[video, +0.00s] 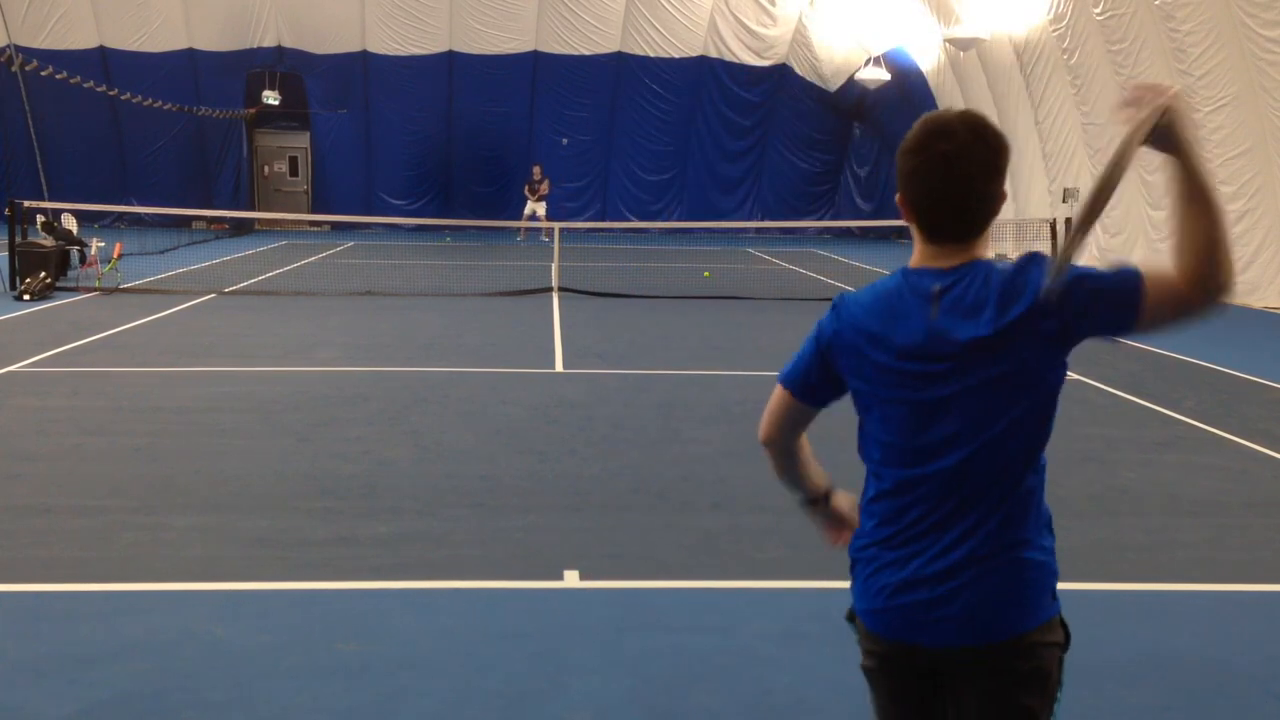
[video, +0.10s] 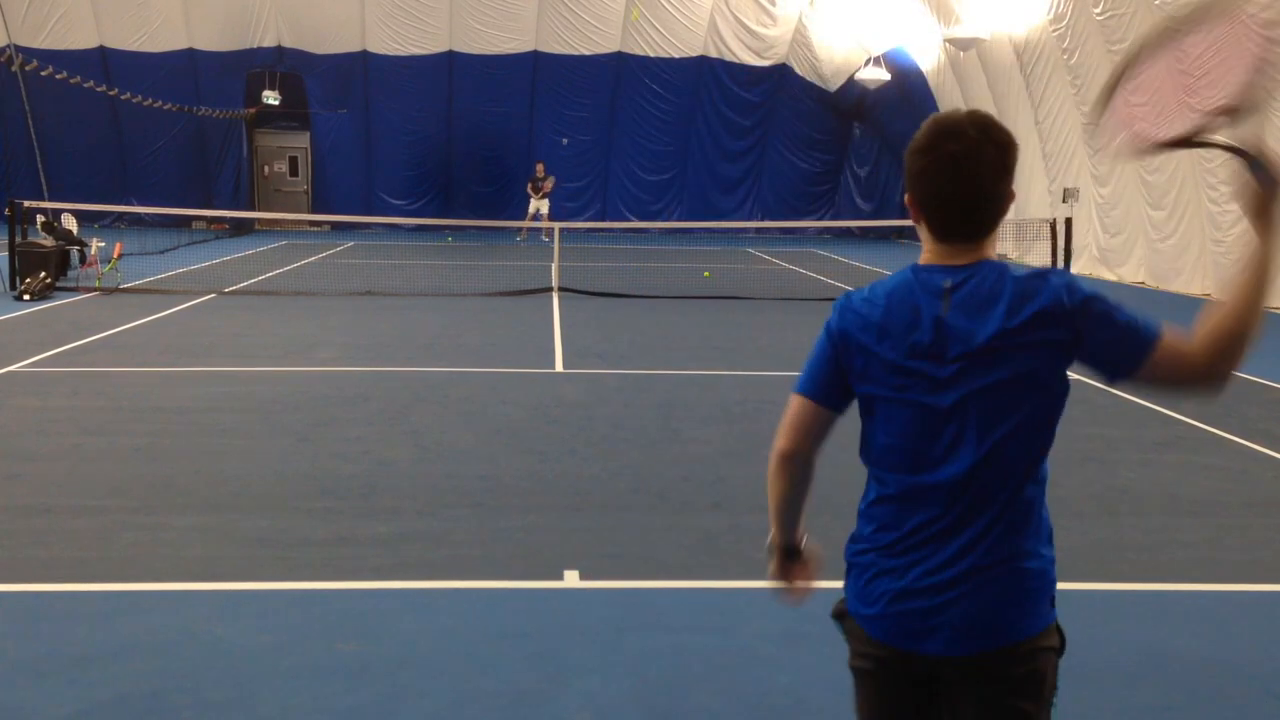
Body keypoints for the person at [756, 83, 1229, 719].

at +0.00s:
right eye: (998, 186)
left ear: (901, 205)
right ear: (998, 202)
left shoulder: (858, 316)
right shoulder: (1039, 295)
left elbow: (777, 432)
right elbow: (1202, 282)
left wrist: (823, 503)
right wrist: (1183, 152)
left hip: (893, 606)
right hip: (1010, 609)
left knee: (908, 709)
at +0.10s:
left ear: (911, 204)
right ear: (1008, 201)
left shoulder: (861, 315)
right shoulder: (1051, 303)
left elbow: (790, 451)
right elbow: (1205, 362)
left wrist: (785, 539)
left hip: (886, 611)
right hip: (1006, 617)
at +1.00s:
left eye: (769, 201)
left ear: (770, 211)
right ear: (841, 211)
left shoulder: (743, 302)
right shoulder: (880, 301)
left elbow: (712, 429)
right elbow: (900, 414)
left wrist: (731, 443)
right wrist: (846, 431)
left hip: (768, 516)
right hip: (850, 514)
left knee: (756, 667)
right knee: (824, 629)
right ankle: (832, 717)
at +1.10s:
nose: (758, 204)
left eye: (759, 195)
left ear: (759, 206)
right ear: (829, 208)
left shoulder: (729, 295)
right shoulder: (862, 297)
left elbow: (699, 411)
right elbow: (879, 405)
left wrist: (723, 432)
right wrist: (828, 420)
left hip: (747, 500)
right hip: (827, 501)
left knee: (712, 627)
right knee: (812, 621)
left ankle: (751, 715)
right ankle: (829, 716)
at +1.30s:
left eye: (713, 184)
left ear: (710, 194)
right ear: (778, 197)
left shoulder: (678, 278)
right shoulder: (807, 278)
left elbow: (648, 389)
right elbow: (825, 385)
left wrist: (681, 405)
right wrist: (769, 400)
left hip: (692, 476)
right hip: (779, 480)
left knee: (642, 591)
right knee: (796, 614)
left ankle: (622, 711)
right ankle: (817, 715)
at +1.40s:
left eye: (675, 192)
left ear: (671, 201)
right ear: (737, 205)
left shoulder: (643, 285)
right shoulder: (765, 284)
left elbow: (619, 399)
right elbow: (781, 390)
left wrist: (663, 379)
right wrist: (720, 378)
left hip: (659, 481)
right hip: (744, 482)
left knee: (604, 587)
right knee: (775, 611)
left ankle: (588, 708)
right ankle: (811, 715)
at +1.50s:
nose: (624, 205)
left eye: (622, 197)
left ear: (621, 206)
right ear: (683, 208)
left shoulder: (591, 291)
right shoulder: (711, 289)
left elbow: (569, 397)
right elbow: (730, 388)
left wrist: (596, 365)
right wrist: (669, 372)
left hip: (608, 481)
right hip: (689, 483)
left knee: (571, 584)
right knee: (732, 597)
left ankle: (589, 707)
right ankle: (795, 711)